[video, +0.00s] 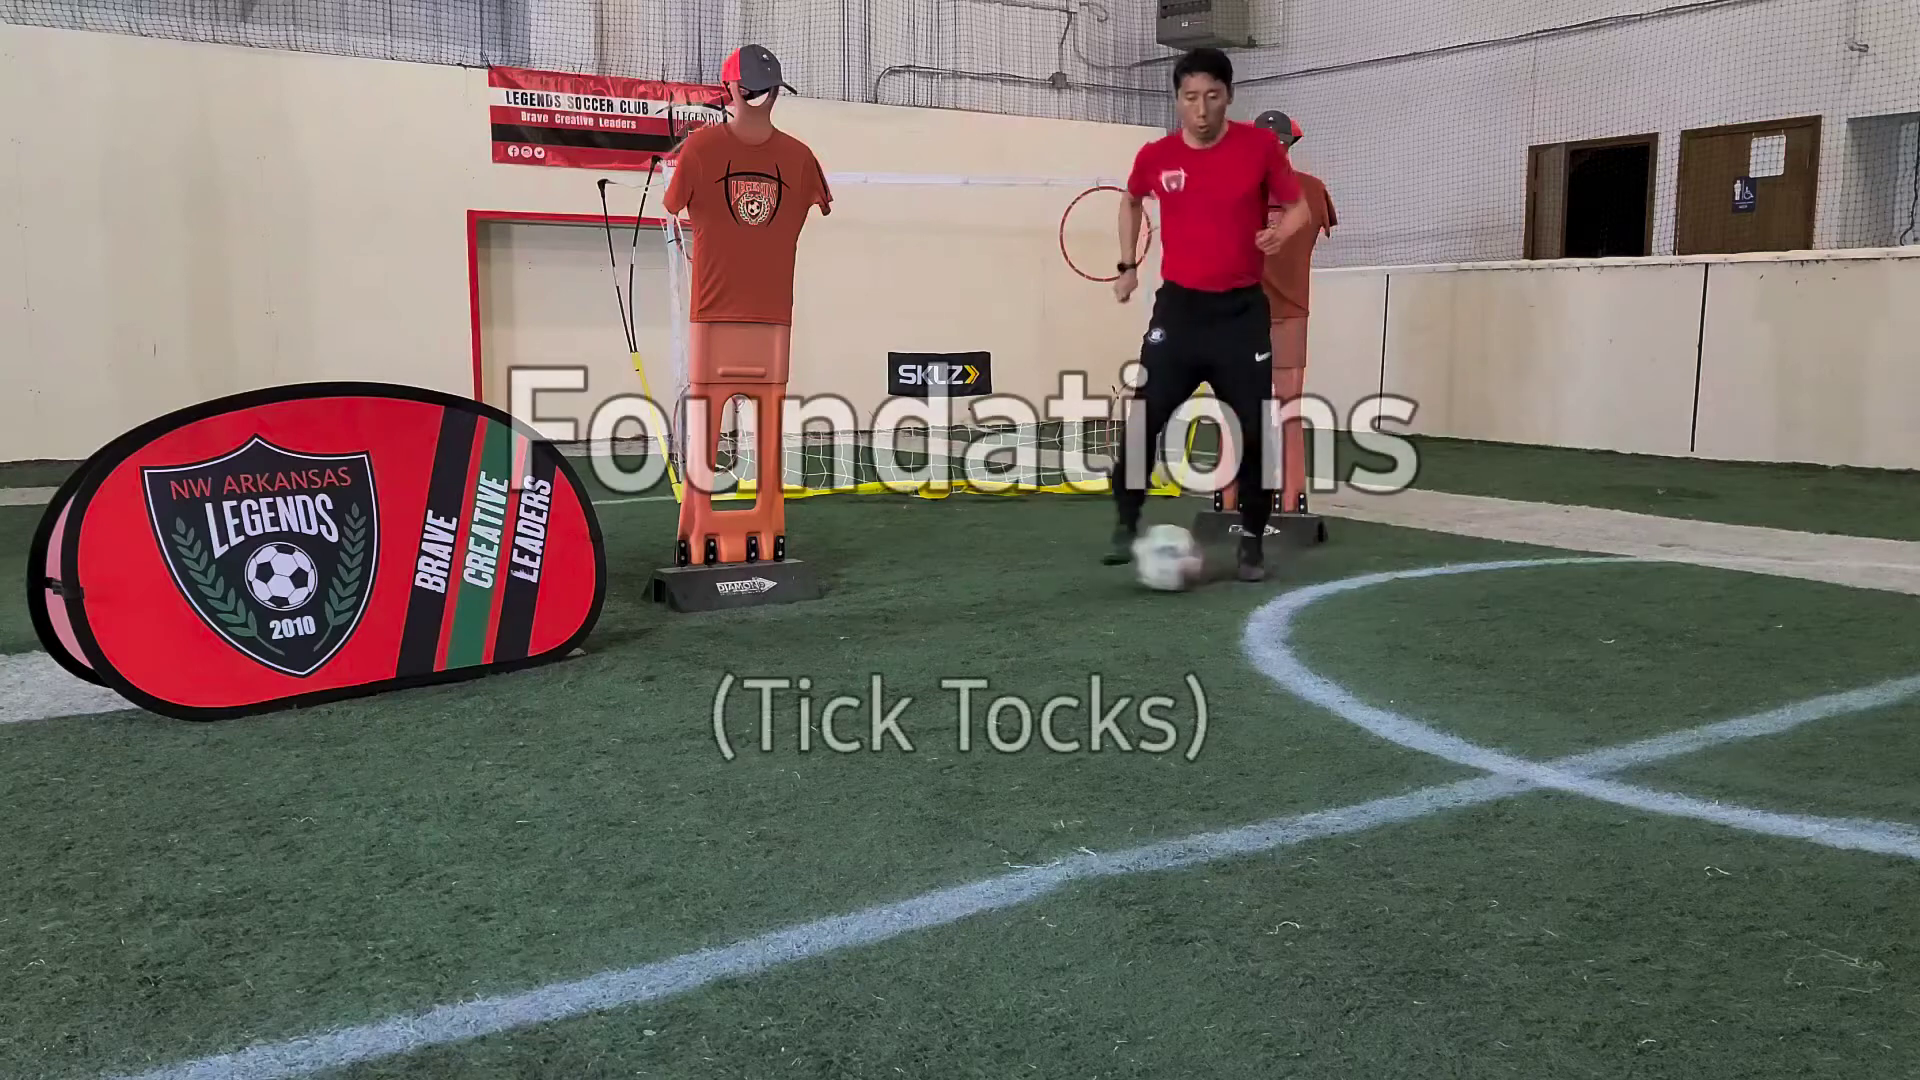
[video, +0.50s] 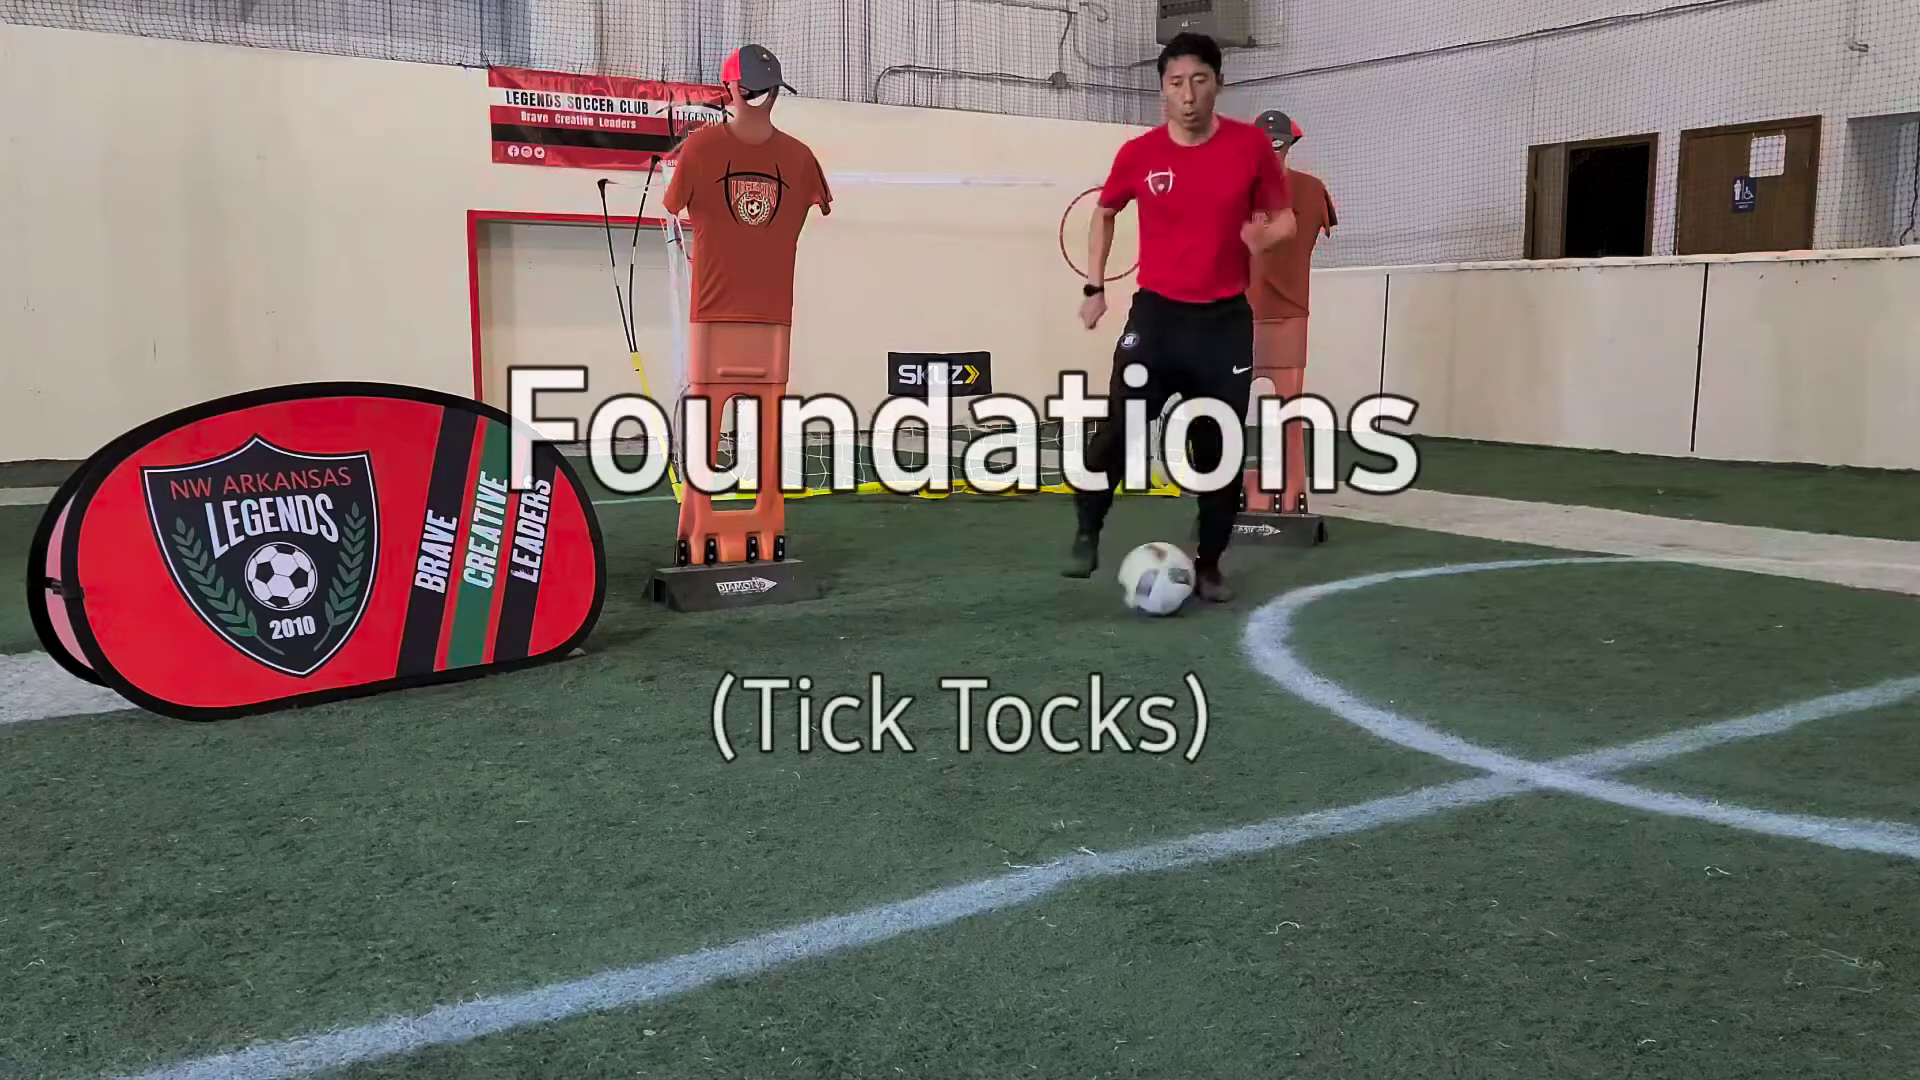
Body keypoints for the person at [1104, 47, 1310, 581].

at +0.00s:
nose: (1201, 107)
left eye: (1211, 96)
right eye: (1191, 96)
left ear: (1228, 98)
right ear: (1177, 100)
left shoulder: (1263, 146)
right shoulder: (1156, 155)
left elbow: (1301, 206)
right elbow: (1130, 202)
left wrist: (1282, 231)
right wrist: (1128, 264)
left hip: (1243, 308)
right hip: (1178, 306)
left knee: (1255, 424)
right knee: (1147, 414)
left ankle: (1252, 541)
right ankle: (1127, 523)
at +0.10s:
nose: (1194, 96)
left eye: (1205, 86)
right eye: (1184, 86)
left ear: (1220, 90)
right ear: (1168, 90)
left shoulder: (1250, 140)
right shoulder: (1141, 149)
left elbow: (1282, 196)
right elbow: (1123, 197)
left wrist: (1272, 242)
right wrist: (1123, 257)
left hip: (1232, 301)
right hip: (1168, 303)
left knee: (1272, 411)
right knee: (1151, 422)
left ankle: (1286, 526)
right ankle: (1146, 538)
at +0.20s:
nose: (1192, 110)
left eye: (1202, 99)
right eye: (1181, 98)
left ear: (1216, 103)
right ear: (1163, 103)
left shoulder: (1239, 156)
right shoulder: (1132, 168)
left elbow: (1267, 209)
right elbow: (1095, 232)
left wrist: (1272, 271)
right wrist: (1106, 272)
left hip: (1225, 316)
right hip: (1160, 322)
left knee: (1281, 411)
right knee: (1150, 438)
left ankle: (1304, 524)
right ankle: (1150, 552)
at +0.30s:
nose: (1194, 97)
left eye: (1205, 86)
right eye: (1183, 87)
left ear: (1219, 91)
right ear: (1166, 92)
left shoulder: (1240, 143)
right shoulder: (1138, 149)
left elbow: (1255, 189)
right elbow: (1092, 223)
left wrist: (1262, 249)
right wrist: (1117, 232)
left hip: (1220, 307)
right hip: (1155, 312)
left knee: (1268, 411)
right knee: (1145, 431)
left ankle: (1288, 523)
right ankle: (1147, 549)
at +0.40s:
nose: (1194, 83)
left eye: (1205, 71)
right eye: (1183, 72)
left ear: (1222, 76)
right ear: (1167, 77)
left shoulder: (1250, 130)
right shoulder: (1141, 137)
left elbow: (1262, 184)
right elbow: (1099, 206)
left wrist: (1260, 237)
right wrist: (1114, 261)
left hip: (1225, 300)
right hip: (1156, 301)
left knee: (1249, 430)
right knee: (1127, 423)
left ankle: (1231, 554)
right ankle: (1119, 538)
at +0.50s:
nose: (1189, 93)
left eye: (1200, 81)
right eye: (1177, 82)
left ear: (1218, 86)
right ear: (1162, 90)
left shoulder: (1254, 145)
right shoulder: (1139, 152)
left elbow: (1286, 222)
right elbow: (1104, 213)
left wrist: (1263, 236)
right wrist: (1095, 286)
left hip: (1225, 318)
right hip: (1156, 313)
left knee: (1222, 446)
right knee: (1118, 428)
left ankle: (1208, 565)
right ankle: (1088, 529)